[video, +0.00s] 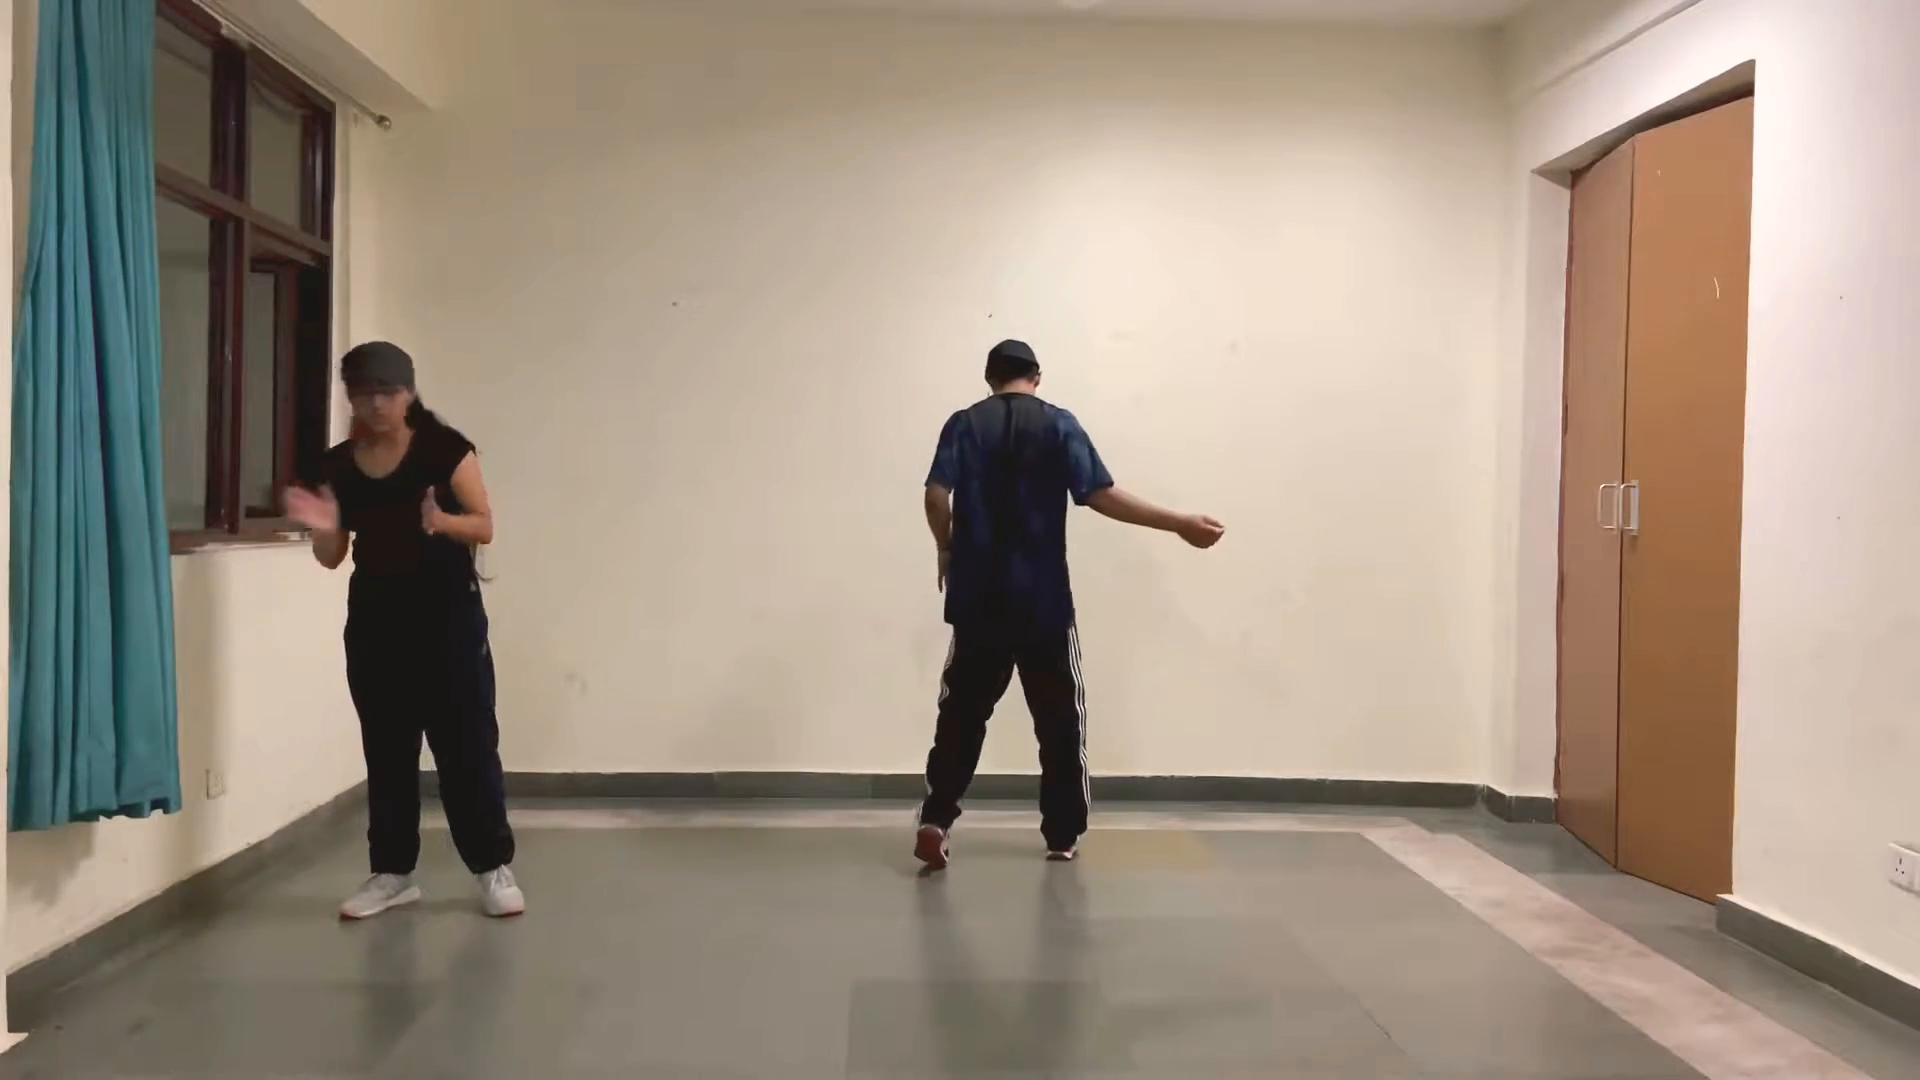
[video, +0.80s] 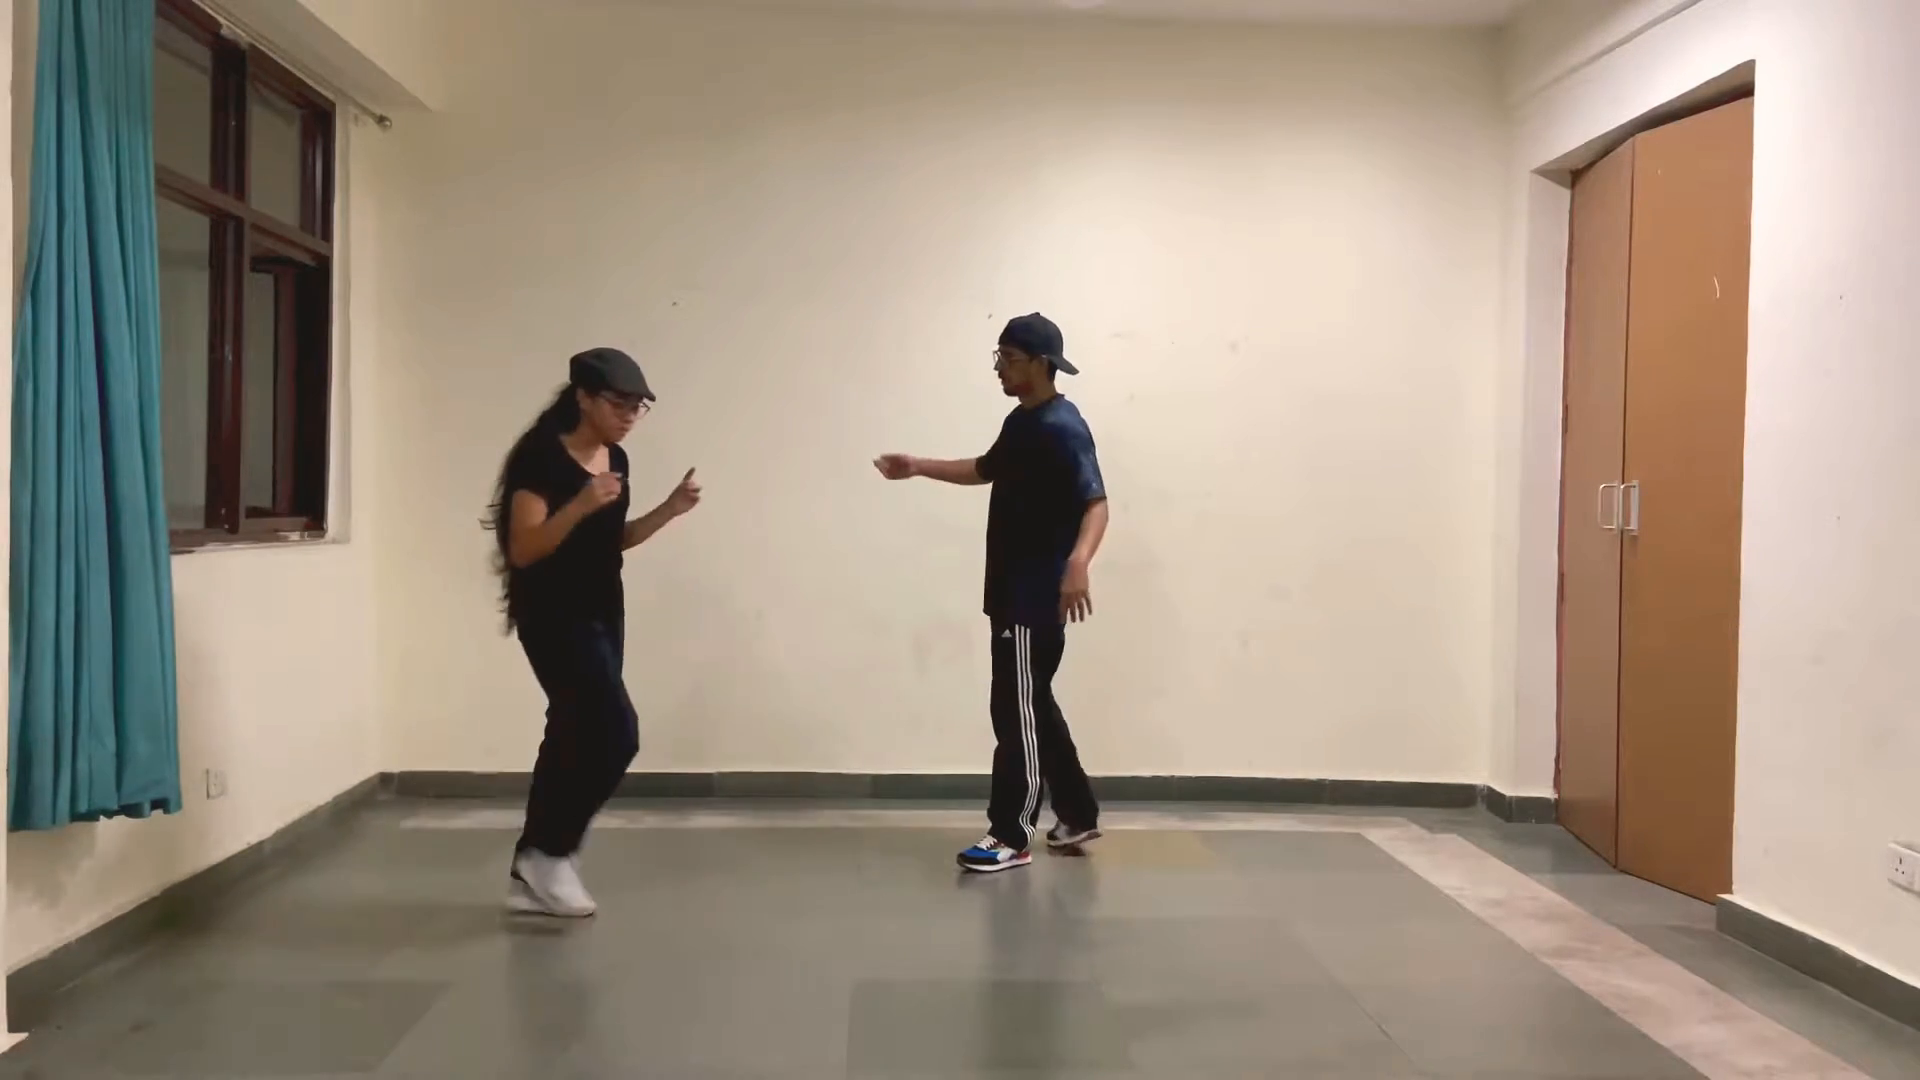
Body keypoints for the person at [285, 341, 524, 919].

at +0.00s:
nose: (378, 404)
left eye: (389, 392)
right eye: (366, 394)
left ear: (410, 393)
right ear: (350, 399)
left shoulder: (445, 448)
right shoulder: (340, 466)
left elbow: (483, 528)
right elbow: (329, 557)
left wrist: (443, 521)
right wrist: (327, 525)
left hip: (448, 622)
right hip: (377, 624)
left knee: (468, 748)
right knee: (387, 753)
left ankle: (494, 868)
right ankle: (392, 874)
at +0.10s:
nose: (426, 398)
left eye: (434, 387)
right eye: (412, 387)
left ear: (443, 393)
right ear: (382, 391)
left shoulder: (462, 451)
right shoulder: (351, 461)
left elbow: (478, 535)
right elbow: (348, 547)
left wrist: (442, 510)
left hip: (460, 624)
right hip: (385, 628)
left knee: (482, 749)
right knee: (392, 757)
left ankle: (508, 869)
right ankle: (394, 874)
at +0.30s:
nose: (501, 404)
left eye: (506, 394)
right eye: (489, 392)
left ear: (505, 399)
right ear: (453, 391)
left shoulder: (508, 462)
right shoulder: (406, 457)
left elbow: (533, 542)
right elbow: (379, 544)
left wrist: (509, 549)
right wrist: (467, 557)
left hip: (497, 631)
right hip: (423, 630)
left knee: (504, 753)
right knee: (413, 756)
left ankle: (527, 876)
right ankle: (392, 873)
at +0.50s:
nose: (567, 406)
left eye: (570, 396)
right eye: (555, 394)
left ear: (566, 402)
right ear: (517, 395)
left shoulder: (558, 464)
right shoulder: (473, 462)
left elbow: (570, 535)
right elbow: (438, 551)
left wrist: (587, 581)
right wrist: (509, 602)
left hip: (557, 635)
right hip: (492, 633)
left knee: (543, 765)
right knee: (460, 760)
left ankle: (531, 879)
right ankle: (394, 853)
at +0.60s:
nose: (592, 413)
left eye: (597, 404)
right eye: (581, 401)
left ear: (596, 409)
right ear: (546, 399)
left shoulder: (576, 462)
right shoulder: (499, 458)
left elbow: (568, 531)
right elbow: (466, 550)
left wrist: (609, 561)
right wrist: (543, 589)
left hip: (574, 627)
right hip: (517, 627)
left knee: (564, 755)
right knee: (518, 751)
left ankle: (533, 878)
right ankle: (422, 812)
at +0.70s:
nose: (614, 419)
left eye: (621, 409)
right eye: (603, 407)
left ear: (623, 411)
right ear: (567, 401)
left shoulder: (595, 461)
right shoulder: (518, 460)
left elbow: (582, 541)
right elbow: (494, 553)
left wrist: (640, 535)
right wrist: (565, 543)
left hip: (588, 619)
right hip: (536, 623)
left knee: (588, 749)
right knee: (571, 746)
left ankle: (535, 877)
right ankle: (474, 804)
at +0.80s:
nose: (631, 414)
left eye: (637, 405)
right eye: (620, 402)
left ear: (640, 408)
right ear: (585, 398)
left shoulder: (614, 459)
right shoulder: (539, 454)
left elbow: (611, 540)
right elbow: (521, 551)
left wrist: (668, 509)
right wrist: (580, 506)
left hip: (601, 617)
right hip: (550, 619)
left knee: (570, 736)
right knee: (615, 733)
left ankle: (534, 866)